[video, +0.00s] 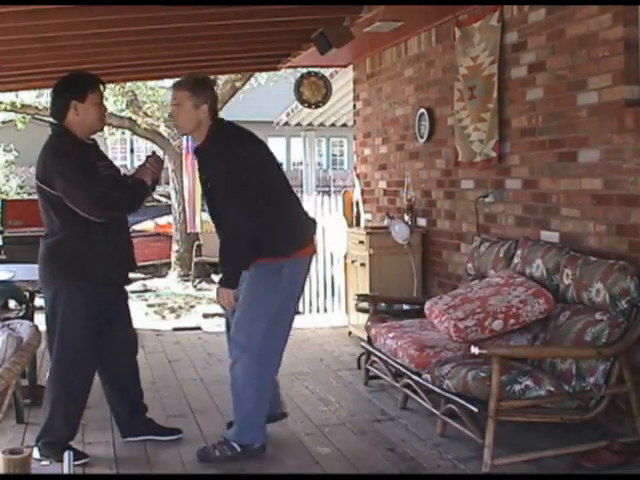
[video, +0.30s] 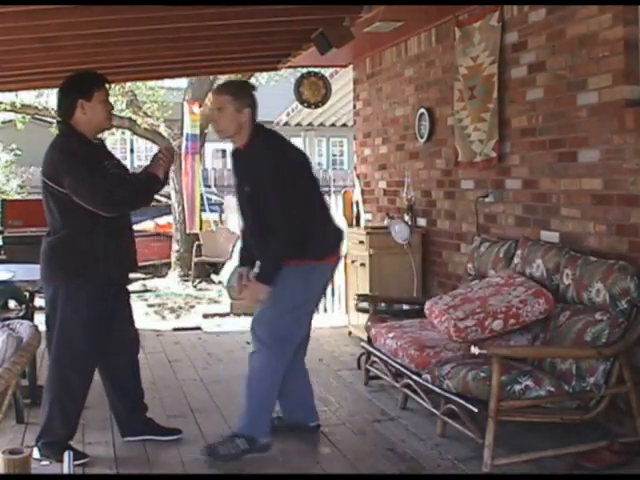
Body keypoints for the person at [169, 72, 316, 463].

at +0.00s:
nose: (171, 113)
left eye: (177, 106)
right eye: (171, 106)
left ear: (203, 109)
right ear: (198, 110)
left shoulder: (225, 147)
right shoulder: (216, 144)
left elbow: (238, 218)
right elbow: (232, 216)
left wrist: (229, 280)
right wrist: (231, 270)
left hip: (281, 252)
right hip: (267, 250)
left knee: (250, 342)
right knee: (241, 333)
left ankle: (246, 438)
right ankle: (266, 404)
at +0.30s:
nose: (211, 117)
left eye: (219, 109)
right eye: (211, 110)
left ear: (244, 113)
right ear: (235, 115)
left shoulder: (273, 152)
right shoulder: (243, 153)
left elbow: (284, 221)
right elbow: (255, 218)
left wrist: (266, 277)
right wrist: (245, 263)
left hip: (312, 254)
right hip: (289, 253)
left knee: (269, 334)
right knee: (287, 337)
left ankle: (253, 433)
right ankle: (301, 416)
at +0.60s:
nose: (249, 130)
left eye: (256, 123)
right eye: (249, 123)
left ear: (281, 125)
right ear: (271, 127)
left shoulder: (313, 161)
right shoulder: (285, 167)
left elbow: (335, 223)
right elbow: (310, 225)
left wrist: (339, 286)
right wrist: (323, 272)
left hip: (364, 260)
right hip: (335, 258)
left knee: (324, 333)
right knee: (305, 329)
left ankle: (356, 424)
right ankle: (303, 414)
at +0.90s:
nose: (300, 168)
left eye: (306, 160)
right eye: (299, 161)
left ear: (328, 162)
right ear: (321, 164)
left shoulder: (369, 192)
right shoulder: (330, 201)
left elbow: (410, 245)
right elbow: (362, 251)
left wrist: (424, 314)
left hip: (410, 275)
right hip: (378, 275)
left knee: (356, 327)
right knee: (338, 322)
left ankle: (356, 424)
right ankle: (354, 409)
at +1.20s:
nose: (392, 210)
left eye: (400, 203)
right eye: (392, 203)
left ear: (425, 206)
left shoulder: (452, 244)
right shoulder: (410, 242)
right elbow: (415, 293)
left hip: (469, 327)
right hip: (436, 315)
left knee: (392, 329)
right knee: (370, 315)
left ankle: (361, 422)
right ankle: (351, 405)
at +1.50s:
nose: (478, 207)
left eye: (486, 201)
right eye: (477, 200)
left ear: (507, 205)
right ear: (475, 202)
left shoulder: (521, 248)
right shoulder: (478, 239)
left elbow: (517, 306)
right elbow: (459, 284)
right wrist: (445, 306)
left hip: (487, 328)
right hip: (458, 311)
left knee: (411, 322)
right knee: (389, 302)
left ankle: (370, 414)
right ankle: (356, 386)